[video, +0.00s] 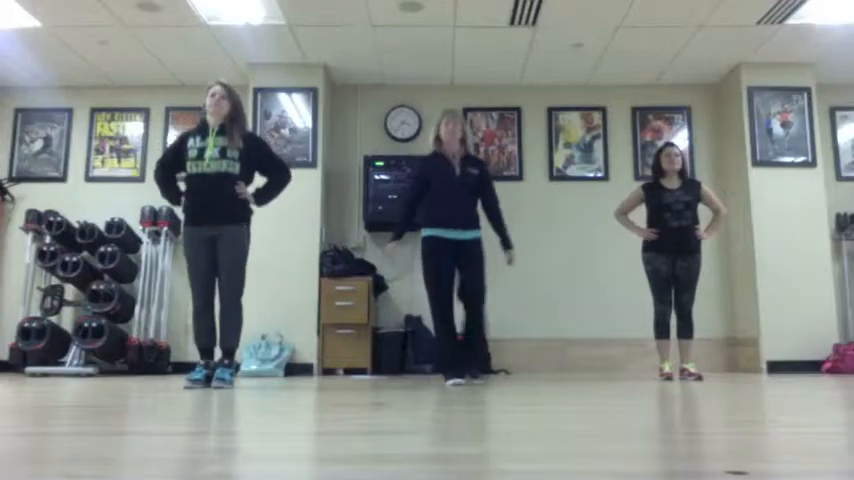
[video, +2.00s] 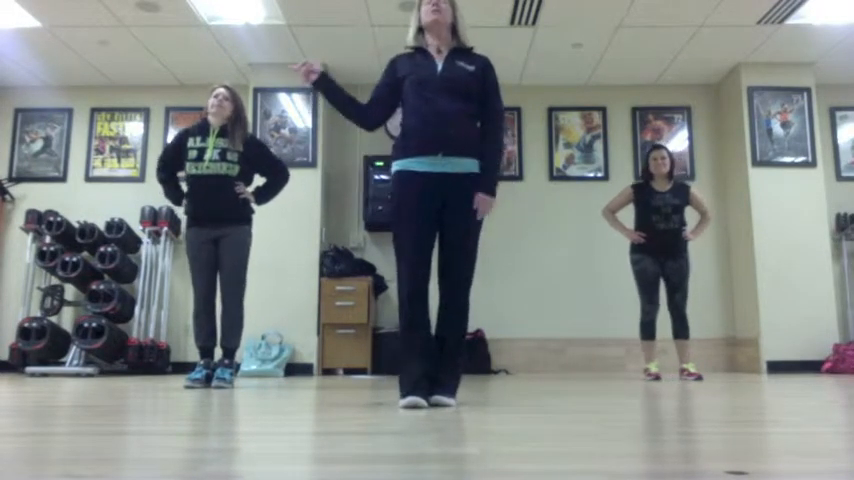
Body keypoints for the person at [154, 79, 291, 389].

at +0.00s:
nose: (214, 99)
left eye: (221, 96)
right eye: (211, 95)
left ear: (232, 106)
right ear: (204, 103)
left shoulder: (248, 142)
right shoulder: (190, 140)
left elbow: (282, 173)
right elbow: (162, 170)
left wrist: (257, 196)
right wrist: (178, 199)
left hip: (233, 226)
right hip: (196, 225)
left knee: (230, 295)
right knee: (201, 296)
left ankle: (227, 363)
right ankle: (205, 362)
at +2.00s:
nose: (218, 101)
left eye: (225, 99)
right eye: (214, 96)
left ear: (234, 110)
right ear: (206, 104)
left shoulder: (246, 143)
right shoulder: (189, 137)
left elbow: (281, 173)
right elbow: (164, 169)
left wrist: (257, 196)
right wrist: (180, 198)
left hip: (235, 226)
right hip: (198, 225)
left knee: (232, 293)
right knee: (202, 294)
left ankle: (227, 362)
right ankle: (205, 361)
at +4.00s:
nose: (220, 99)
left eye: (226, 96)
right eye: (216, 95)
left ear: (236, 107)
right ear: (207, 105)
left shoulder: (251, 143)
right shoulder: (192, 139)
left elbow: (284, 176)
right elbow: (161, 169)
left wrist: (260, 197)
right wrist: (177, 198)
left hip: (236, 227)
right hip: (199, 226)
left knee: (231, 296)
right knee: (202, 297)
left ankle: (227, 363)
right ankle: (205, 362)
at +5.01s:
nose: (202, 98)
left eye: (209, 95)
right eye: (199, 95)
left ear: (220, 104)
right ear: (192, 103)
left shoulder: (237, 138)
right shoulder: (178, 142)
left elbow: (251, 181)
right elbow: (170, 189)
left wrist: (266, 178)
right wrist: (150, 184)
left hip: (225, 227)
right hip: (187, 227)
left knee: (219, 295)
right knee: (186, 296)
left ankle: (217, 362)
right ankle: (187, 364)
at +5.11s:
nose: (203, 99)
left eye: (209, 96)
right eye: (200, 95)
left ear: (222, 104)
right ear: (193, 103)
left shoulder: (237, 138)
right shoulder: (179, 139)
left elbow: (250, 181)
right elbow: (164, 183)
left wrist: (266, 177)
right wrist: (164, 169)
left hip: (229, 226)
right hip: (191, 225)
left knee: (225, 292)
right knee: (187, 294)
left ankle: (223, 359)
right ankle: (188, 363)